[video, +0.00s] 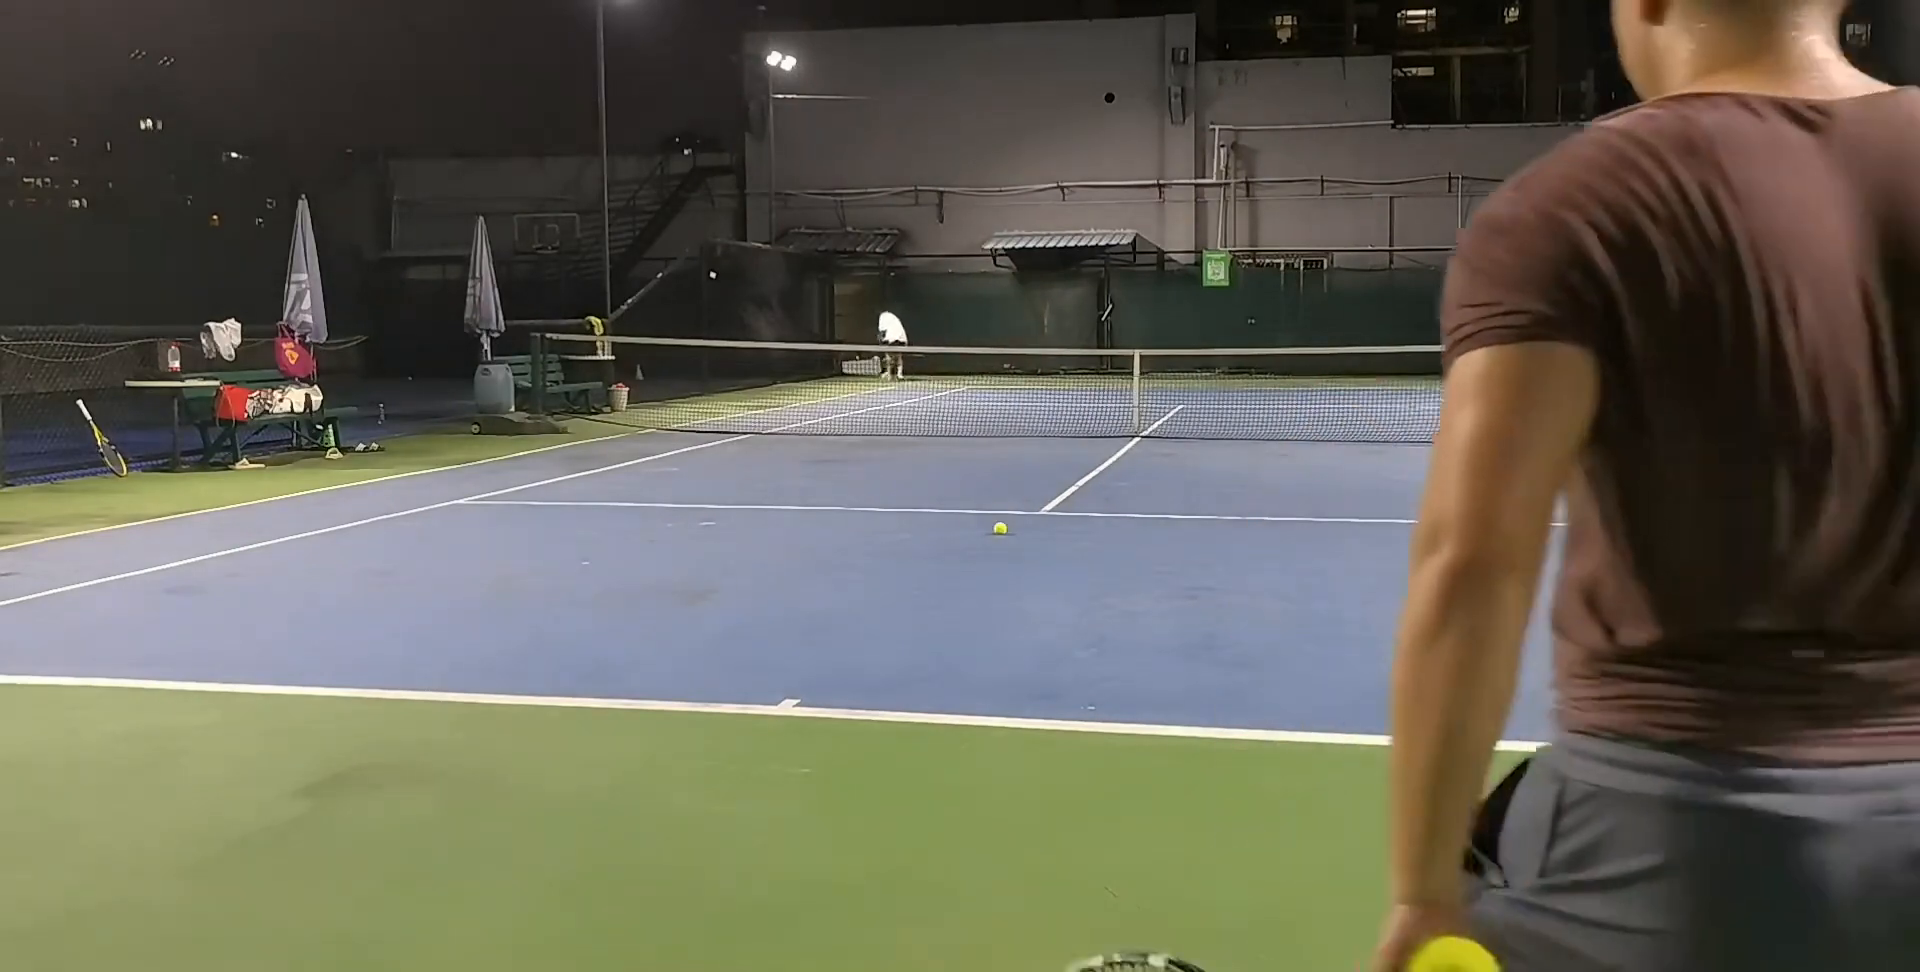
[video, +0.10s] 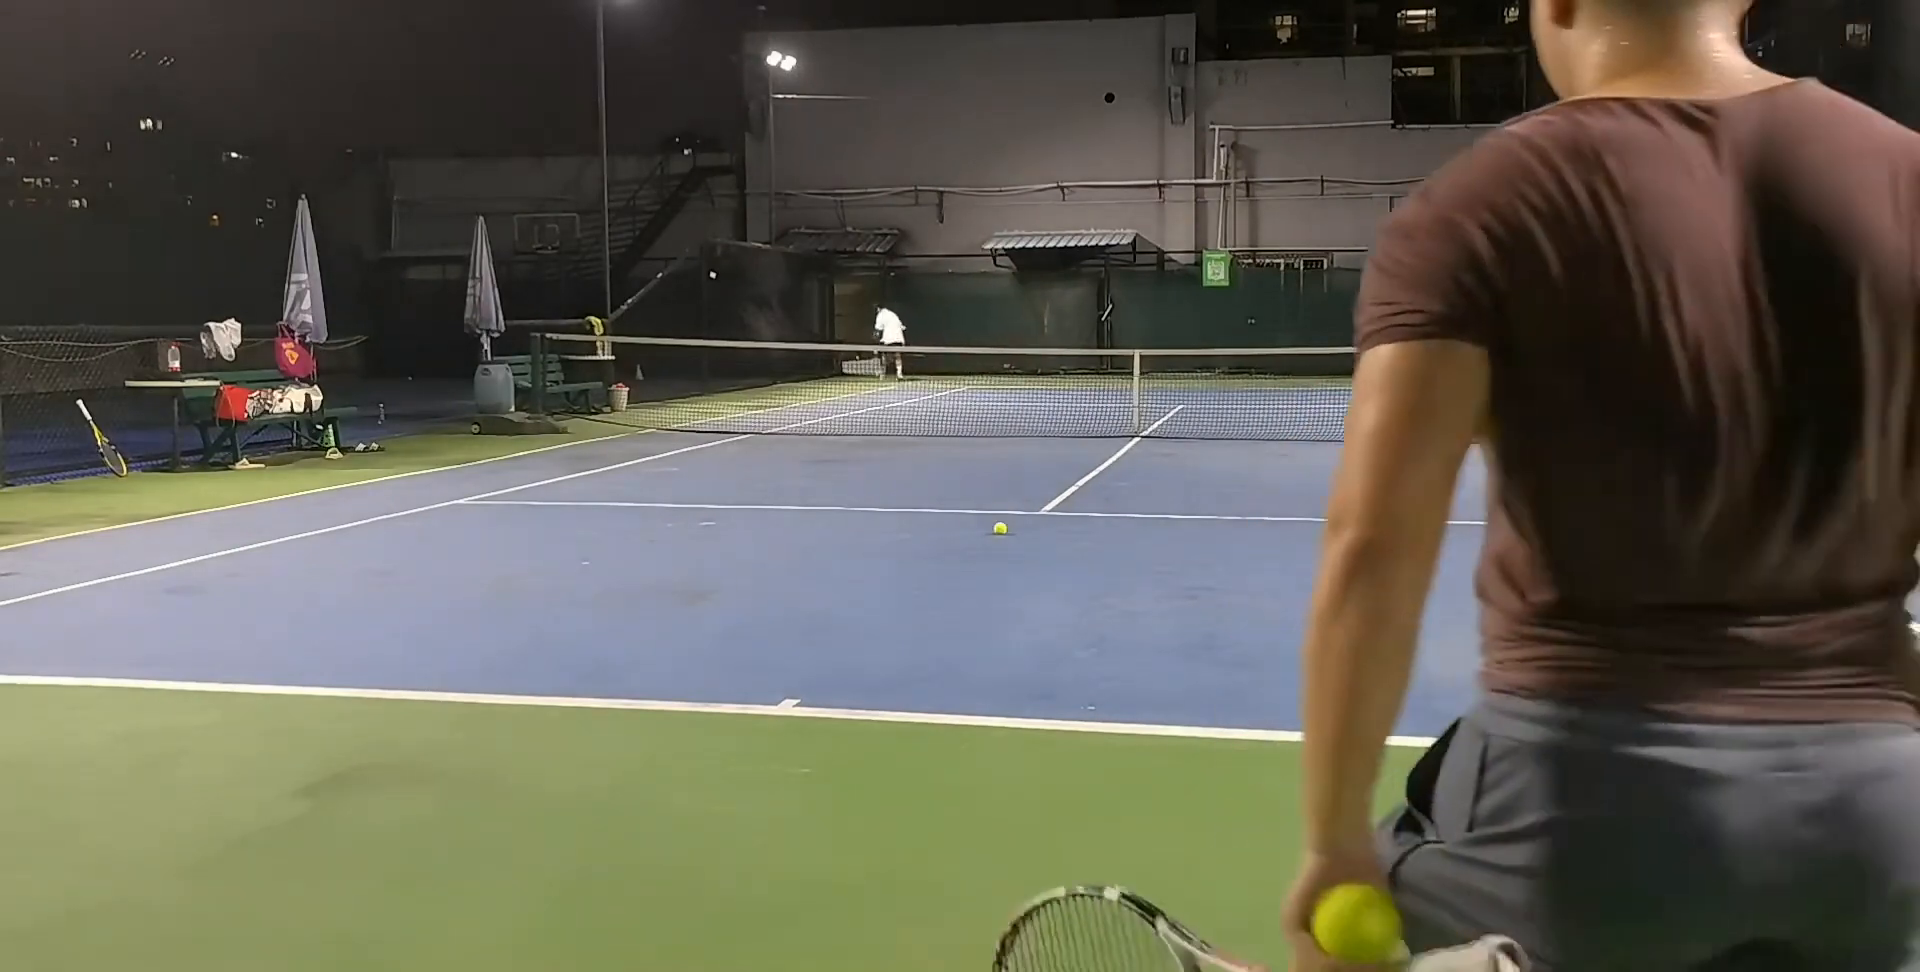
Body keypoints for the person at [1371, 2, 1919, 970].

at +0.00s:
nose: (1616, 23)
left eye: (1619, 3)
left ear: (1646, 0)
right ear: (1830, 6)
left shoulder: (1570, 206)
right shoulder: (1912, 148)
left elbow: (1475, 560)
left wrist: (1425, 890)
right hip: (1904, 812)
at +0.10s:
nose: (1535, 27)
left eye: (1534, 14)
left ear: (1555, 6)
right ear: (1740, 8)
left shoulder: (1481, 201)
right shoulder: (1898, 168)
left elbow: (1375, 544)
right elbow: (1900, 520)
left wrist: (1338, 840)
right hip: (1873, 777)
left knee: (1356, 935)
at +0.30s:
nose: (1437, 32)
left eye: (1439, 16)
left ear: (1448, 15)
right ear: (1623, 14)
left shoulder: (1366, 207)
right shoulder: (1791, 188)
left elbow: (1245, 524)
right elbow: (1908, 470)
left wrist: (1203, 757)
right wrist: (1805, 657)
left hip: (1463, 741)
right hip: (1713, 752)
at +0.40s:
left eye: (1420, 15)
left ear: (1424, 18)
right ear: (1595, 16)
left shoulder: (1324, 214)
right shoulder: (1741, 199)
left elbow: (1215, 515)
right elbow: (1864, 474)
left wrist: (1181, 723)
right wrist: (1754, 654)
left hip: (1420, 723)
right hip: (1663, 733)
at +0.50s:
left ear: (1413, 34)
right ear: (1578, 37)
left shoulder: (1301, 223)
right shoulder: (1705, 218)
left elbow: (1192, 502)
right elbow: (1813, 486)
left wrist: (1164, 689)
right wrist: (1692, 638)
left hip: (1391, 714)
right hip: (1624, 727)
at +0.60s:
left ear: (1412, 61)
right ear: (1569, 64)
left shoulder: (1294, 230)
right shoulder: (1677, 238)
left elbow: (1177, 488)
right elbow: (1771, 500)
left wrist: (1158, 663)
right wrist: (1646, 625)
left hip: (1371, 709)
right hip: (1591, 717)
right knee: (1540, 949)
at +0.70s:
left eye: (1409, 66)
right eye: (1574, 79)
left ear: (1415, 70)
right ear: (1567, 77)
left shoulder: (1294, 225)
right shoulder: (1652, 245)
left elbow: (1170, 464)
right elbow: (1745, 496)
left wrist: (1158, 633)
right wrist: (1618, 616)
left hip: (1352, 683)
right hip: (1558, 686)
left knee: (1381, 953)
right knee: (1508, 954)